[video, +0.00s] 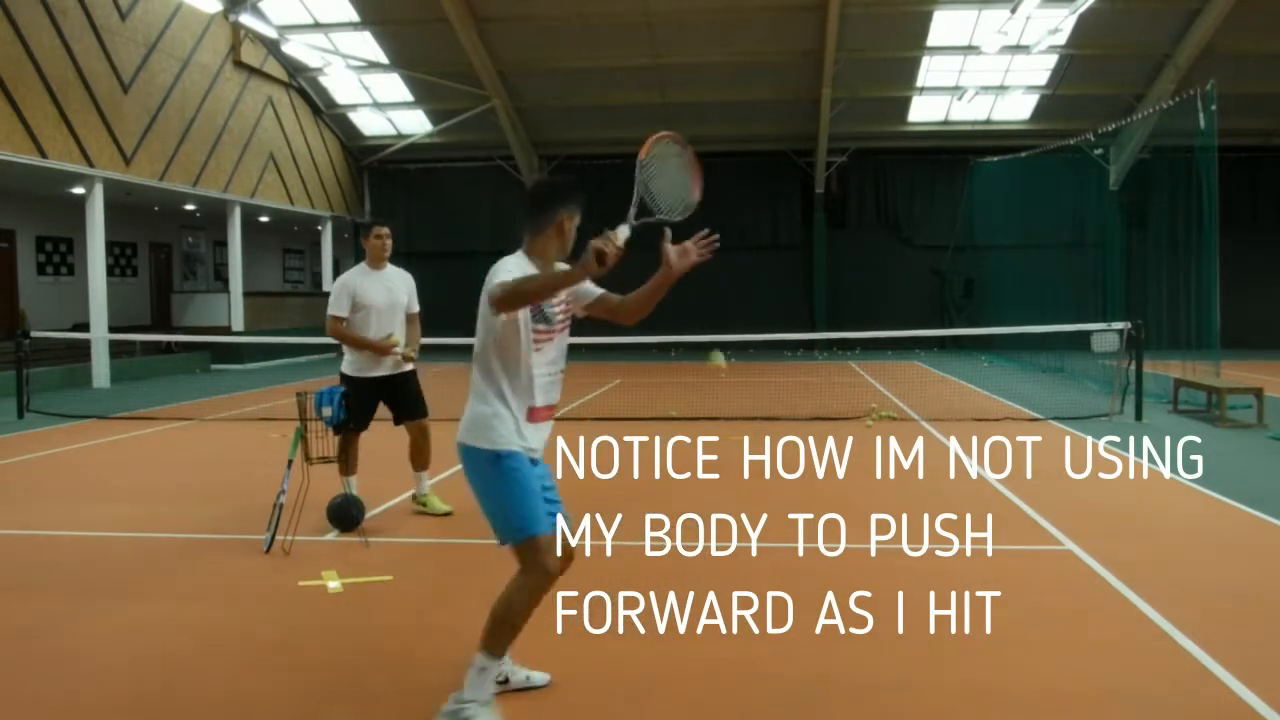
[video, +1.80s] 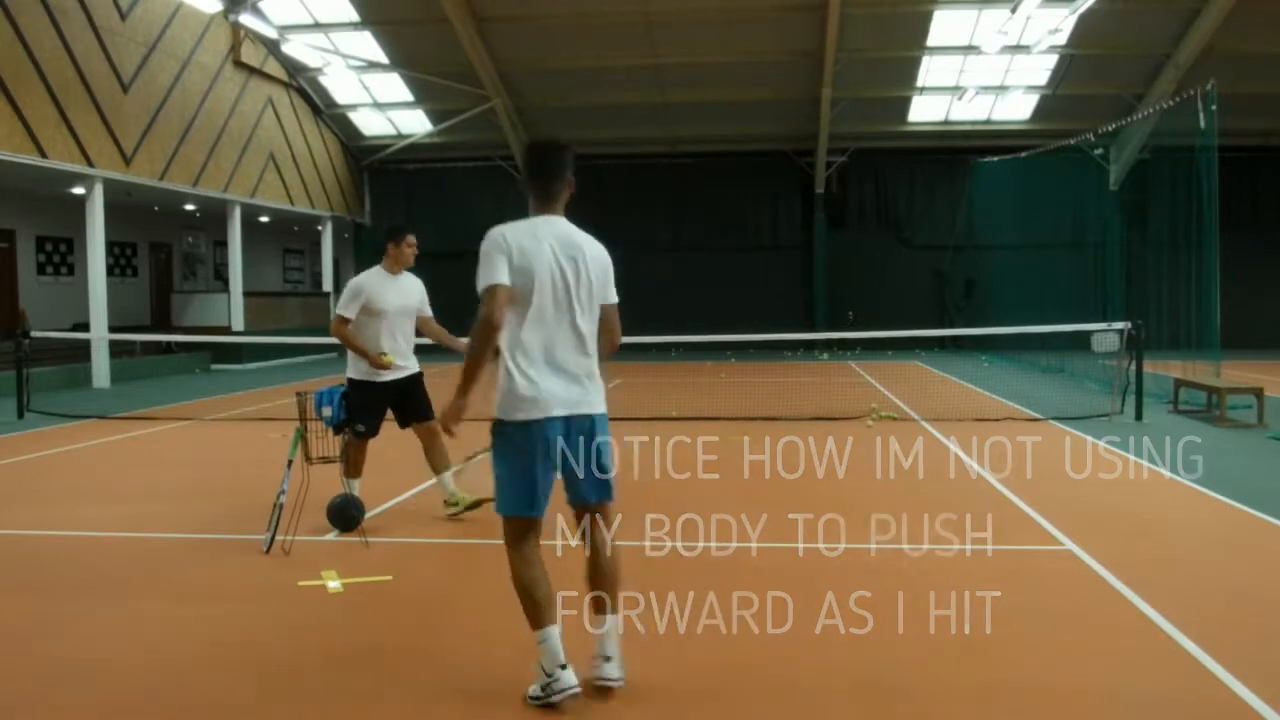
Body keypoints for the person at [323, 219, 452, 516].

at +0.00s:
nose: (385, 242)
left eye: (388, 238)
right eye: (378, 238)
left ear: (392, 243)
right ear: (365, 242)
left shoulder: (404, 279)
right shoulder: (348, 282)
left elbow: (413, 320)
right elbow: (334, 327)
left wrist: (412, 348)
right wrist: (373, 345)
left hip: (400, 371)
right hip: (359, 374)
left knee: (420, 426)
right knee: (350, 434)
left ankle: (422, 492)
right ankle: (349, 497)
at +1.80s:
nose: (415, 252)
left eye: (415, 247)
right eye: (410, 247)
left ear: (408, 251)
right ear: (391, 249)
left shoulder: (415, 284)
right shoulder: (362, 284)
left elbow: (426, 324)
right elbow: (338, 327)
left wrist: (457, 343)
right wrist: (368, 356)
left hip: (407, 375)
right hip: (367, 378)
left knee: (428, 429)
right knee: (358, 440)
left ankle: (452, 495)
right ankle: (351, 502)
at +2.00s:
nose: (439, 264)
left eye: (442, 258)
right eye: (432, 258)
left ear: (446, 262)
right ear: (418, 260)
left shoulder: (448, 294)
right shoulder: (390, 292)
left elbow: (451, 342)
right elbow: (365, 329)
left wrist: (469, 379)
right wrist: (385, 362)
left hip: (429, 379)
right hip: (386, 381)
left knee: (450, 436)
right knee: (372, 441)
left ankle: (456, 499)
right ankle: (352, 497)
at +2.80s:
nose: (410, 254)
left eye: (413, 249)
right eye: (404, 249)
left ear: (417, 255)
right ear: (388, 255)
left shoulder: (430, 291)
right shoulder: (369, 294)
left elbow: (448, 330)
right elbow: (349, 338)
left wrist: (449, 341)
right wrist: (372, 364)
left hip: (422, 381)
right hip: (380, 384)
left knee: (443, 435)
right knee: (363, 444)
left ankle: (459, 500)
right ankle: (341, 492)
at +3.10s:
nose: (381, 248)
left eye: (384, 243)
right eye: (374, 243)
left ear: (388, 248)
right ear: (361, 247)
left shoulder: (397, 283)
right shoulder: (342, 285)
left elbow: (402, 321)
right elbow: (319, 329)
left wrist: (412, 342)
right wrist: (348, 357)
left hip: (392, 376)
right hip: (353, 380)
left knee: (416, 430)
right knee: (345, 442)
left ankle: (421, 496)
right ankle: (337, 498)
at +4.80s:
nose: (396, 252)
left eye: (396, 247)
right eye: (394, 247)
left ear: (381, 248)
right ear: (381, 248)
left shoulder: (390, 281)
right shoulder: (346, 284)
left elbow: (402, 319)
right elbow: (326, 331)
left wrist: (443, 328)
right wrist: (362, 358)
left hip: (395, 374)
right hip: (358, 380)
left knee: (423, 425)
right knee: (349, 440)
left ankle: (428, 492)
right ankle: (337, 496)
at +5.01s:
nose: (420, 257)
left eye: (422, 252)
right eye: (414, 252)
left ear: (421, 256)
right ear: (396, 254)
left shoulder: (423, 291)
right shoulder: (369, 288)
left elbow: (438, 331)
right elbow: (343, 330)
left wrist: (475, 356)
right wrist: (369, 361)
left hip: (408, 382)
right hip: (367, 383)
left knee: (430, 436)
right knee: (350, 442)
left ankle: (451, 501)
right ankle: (337, 497)